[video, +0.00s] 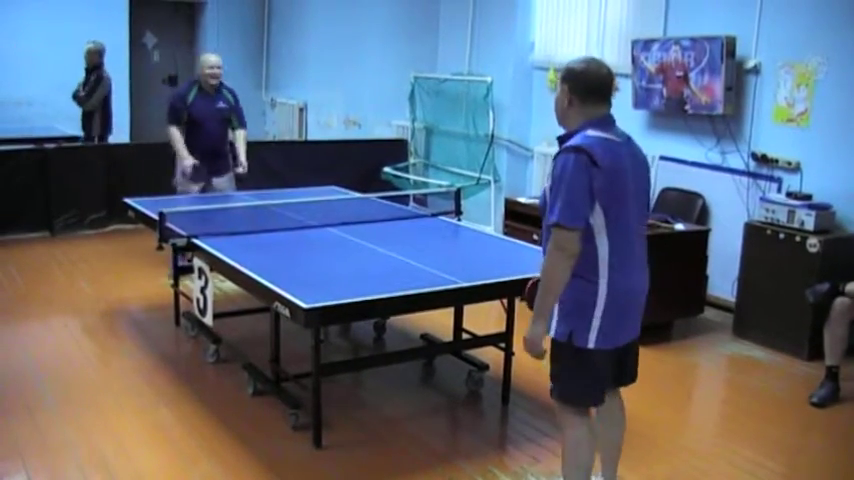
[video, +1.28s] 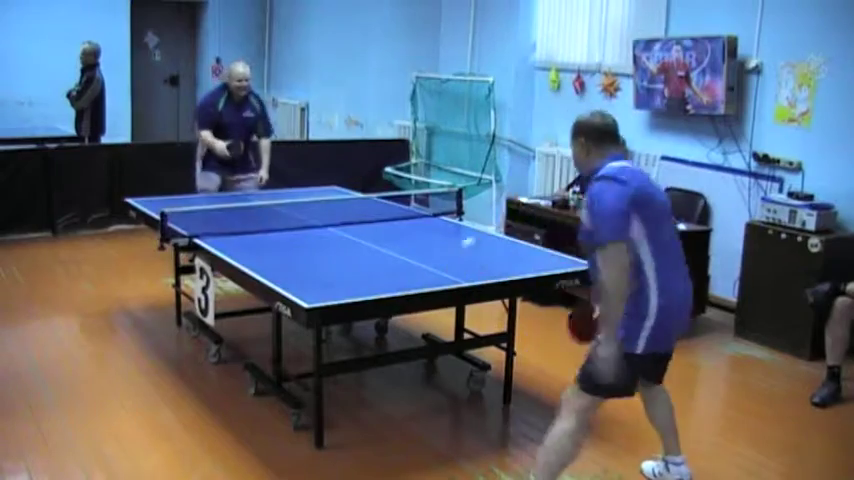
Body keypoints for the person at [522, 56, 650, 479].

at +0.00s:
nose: (555, 101)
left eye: (557, 92)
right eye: (556, 92)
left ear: (566, 96)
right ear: (606, 97)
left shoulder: (577, 155)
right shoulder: (629, 149)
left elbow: (564, 247)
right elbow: (628, 231)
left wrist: (539, 321)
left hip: (586, 311)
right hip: (625, 306)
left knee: (572, 408)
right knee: (608, 396)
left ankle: (576, 475)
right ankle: (608, 475)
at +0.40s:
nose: (538, 111)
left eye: (540, 104)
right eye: (541, 103)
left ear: (548, 106)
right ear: (585, 105)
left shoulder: (561, 162)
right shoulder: (616, 150)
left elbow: (590, 241)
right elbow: (636, 226)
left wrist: (601, 313)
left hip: (583, 308)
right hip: (631, 304)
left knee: (545, 402)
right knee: (618, 395)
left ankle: (525, 475)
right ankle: (613, 476)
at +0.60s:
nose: (524, 112)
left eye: (524, 104)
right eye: (525, 105)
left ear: (531, 106)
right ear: (572, 104)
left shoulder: (536, 160)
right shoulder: (609, 153)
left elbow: (545, 245)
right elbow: (628, 226)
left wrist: (556, 322)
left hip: (571, 314)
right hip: (619, 308)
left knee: (529, 402)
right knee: (608, 391)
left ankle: (517, 475)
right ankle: (611, 475)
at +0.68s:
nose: (520, 110)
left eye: (522, 103)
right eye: (524, 102)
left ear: (528, 105)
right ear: (569, 104)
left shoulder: (531, 158)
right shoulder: (607, 152)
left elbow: (529, 245)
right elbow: (625, 225)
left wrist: (525, 325)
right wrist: (626, 297)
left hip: (558, 311)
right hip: (612, 307)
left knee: (526, 402)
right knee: (607, 390)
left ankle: (514, 475)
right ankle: (611, 474)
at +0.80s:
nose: (520, 112)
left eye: (521, 106)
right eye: (521, 106)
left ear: (527, 106)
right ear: (568, 107)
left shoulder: (530, 157)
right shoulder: (605, 156)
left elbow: (504, 248)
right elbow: (621, 229)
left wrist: (480, 324)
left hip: (560, 303)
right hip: (614, 299)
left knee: (522, 396)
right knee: (610, 383)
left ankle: (513, 475)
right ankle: (621, 473)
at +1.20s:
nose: (565, 154)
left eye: (566, 146)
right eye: (565, 147)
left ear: (576, 145)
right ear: (610, 144)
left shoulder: (587, 182)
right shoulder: (636, 180)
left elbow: (564, 263)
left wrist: (521, 329)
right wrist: (582, 284)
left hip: (620, 314)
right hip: (663, 308)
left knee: (549, 399)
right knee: (647, 380)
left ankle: (519, 472)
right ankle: (675, 462)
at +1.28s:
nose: (573, 156)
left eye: (574, 148)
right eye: (573, 148)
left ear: (584, 146)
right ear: (615, 144)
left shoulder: (606, 188)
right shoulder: (635, 178)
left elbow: (616, 267)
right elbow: (628, 257)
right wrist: (598, 305)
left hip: (639, 315)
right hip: (669, 308)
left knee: (577, 401)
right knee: (650, 385)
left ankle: (539, 473)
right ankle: (675, 462)